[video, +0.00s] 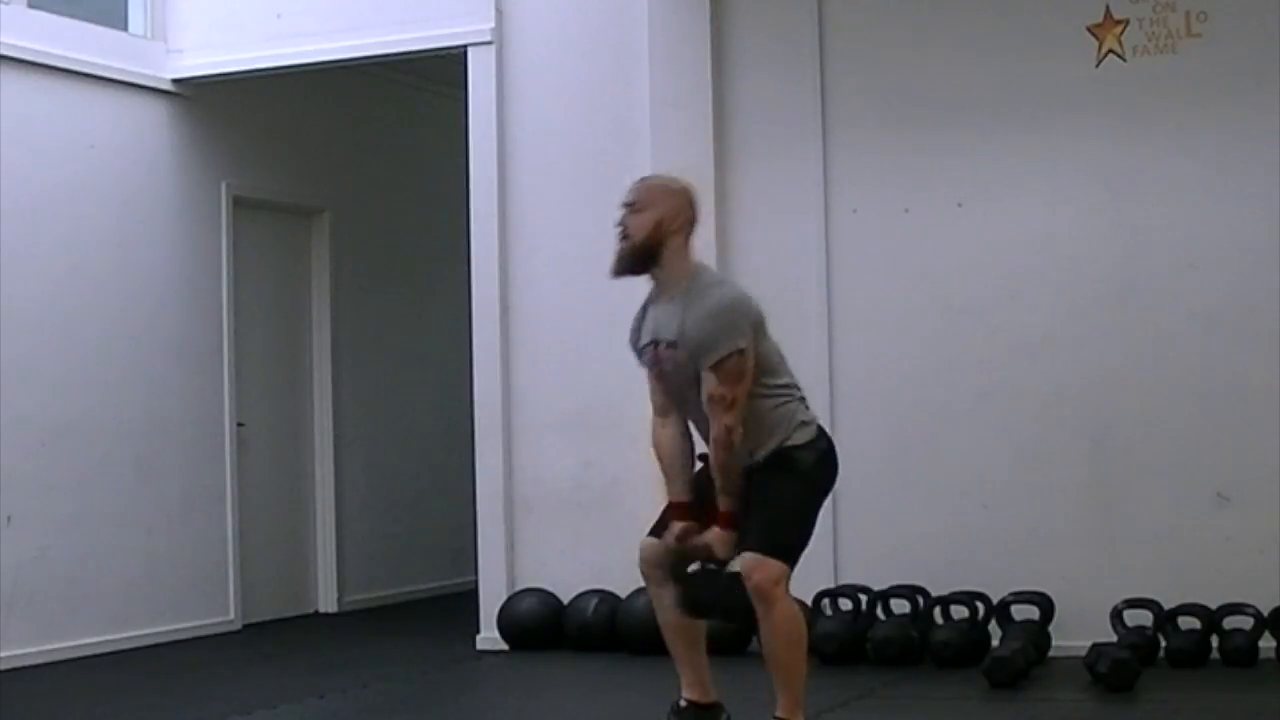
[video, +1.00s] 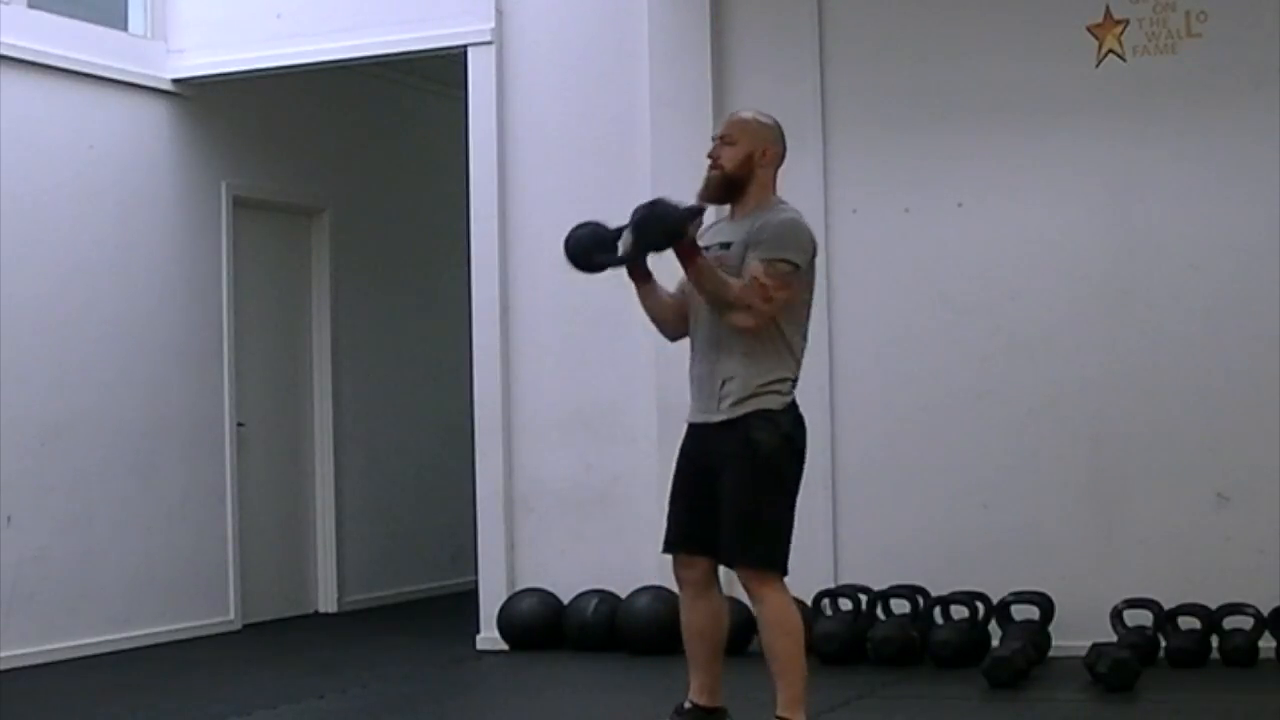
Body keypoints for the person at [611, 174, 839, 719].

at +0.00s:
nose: (621, 221)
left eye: (635, 210)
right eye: (624, 210)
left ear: (677, 222)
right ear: (657, 226)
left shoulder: (721, 304)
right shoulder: (649, 318)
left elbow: (727, 424)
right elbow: (666, 418)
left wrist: (727, 519)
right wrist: (681, 511)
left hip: (794, 453)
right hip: (734, 461)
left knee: (762, 574)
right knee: (658, 555)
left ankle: (791, 712)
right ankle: (699, 702)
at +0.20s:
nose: (550, 277)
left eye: (561, 264)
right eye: (551, 265)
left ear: (605, 270)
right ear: (600, 273)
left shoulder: (675, 338)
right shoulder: (610, 356)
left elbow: (729, 441)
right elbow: (673, 437)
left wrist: (755, 511)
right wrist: (725, 504)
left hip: (796, 441)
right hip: (739, 453)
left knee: (771, 571)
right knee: (678, 555)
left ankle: (793, 712)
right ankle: (702, 700)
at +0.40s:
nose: (576, 253)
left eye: (590, 241)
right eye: (579, 241)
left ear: (631, 250)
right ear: (624, 252)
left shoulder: (691, 324)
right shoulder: (623, 342)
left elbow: (731, 438)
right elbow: (677, 434)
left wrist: (753, 512)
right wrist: (725, 510)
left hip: (793, 448)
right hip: (736, 458)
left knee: (753, 574)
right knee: (666, 562)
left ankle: (792, 712)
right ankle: (703, 704)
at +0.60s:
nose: (682, 186)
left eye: (694, 176)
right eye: (684, 177)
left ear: (733, 186)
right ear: (718, 189)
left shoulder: (768, 269)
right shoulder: (697, 276)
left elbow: (751, 381)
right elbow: (688, 371)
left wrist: (712, 464)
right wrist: (672, 452)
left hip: (788, 446)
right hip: (729, 449)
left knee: (747, 572)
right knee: (669, 568)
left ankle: (789, 712)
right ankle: (701, 704)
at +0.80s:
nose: (723, 156)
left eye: (737, 146)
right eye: (725, 147)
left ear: (776, 158)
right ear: (756, 162)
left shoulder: (799, 228)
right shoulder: (729, 237)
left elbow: (787, 327)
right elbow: (724, 331)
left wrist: (703, 334)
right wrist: (661, 337)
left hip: (777, 424)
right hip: (723, 424)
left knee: (765, 568)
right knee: (696, 563)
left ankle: (793, 711)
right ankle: (704, 705)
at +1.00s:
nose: (711, 152)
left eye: (727, 143)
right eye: (713, 143)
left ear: (766, 158)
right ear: (725, 159)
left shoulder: (784, 229)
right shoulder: (710, 235)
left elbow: (748, 310)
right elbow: (675, 323)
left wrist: (685, 248)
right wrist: (635, 266)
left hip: (764, 426)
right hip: (707, 427)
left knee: (758, 572)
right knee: (692, 565)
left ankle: (793, 712)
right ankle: (704, 704)